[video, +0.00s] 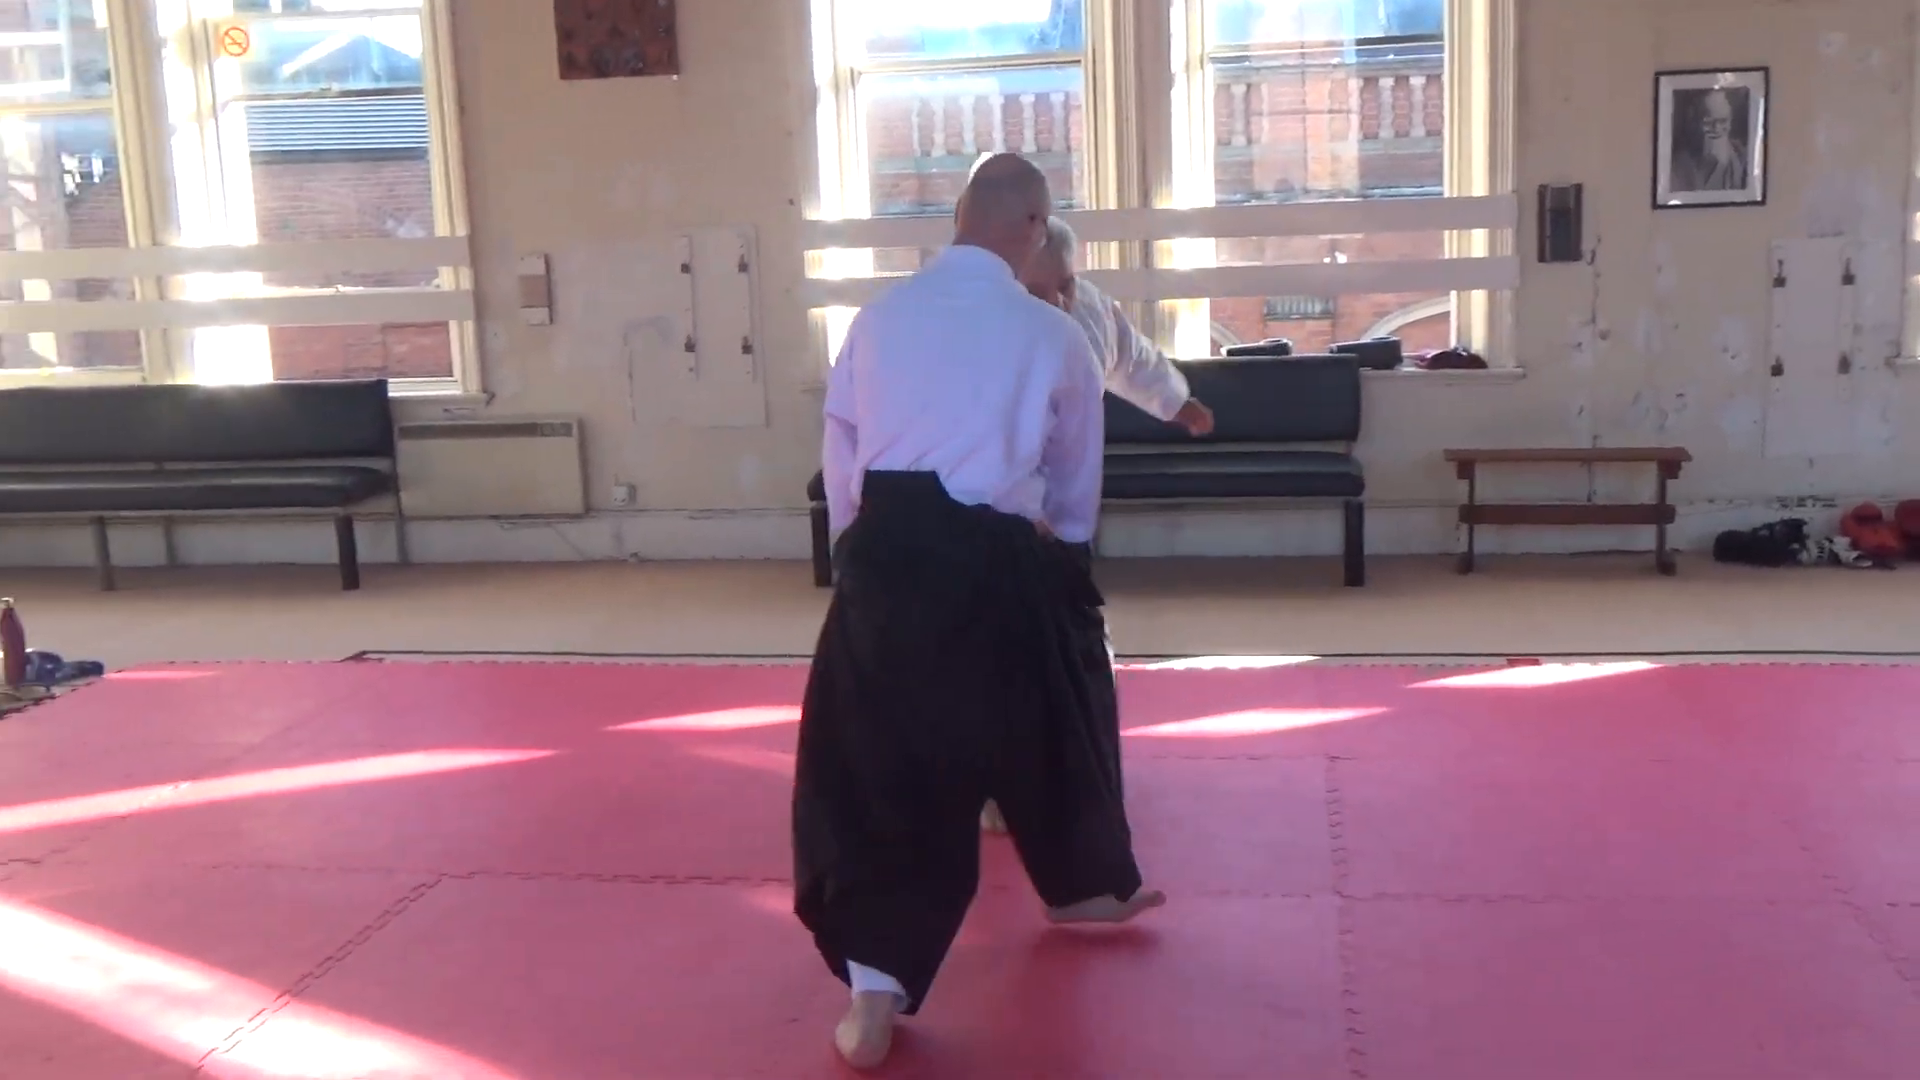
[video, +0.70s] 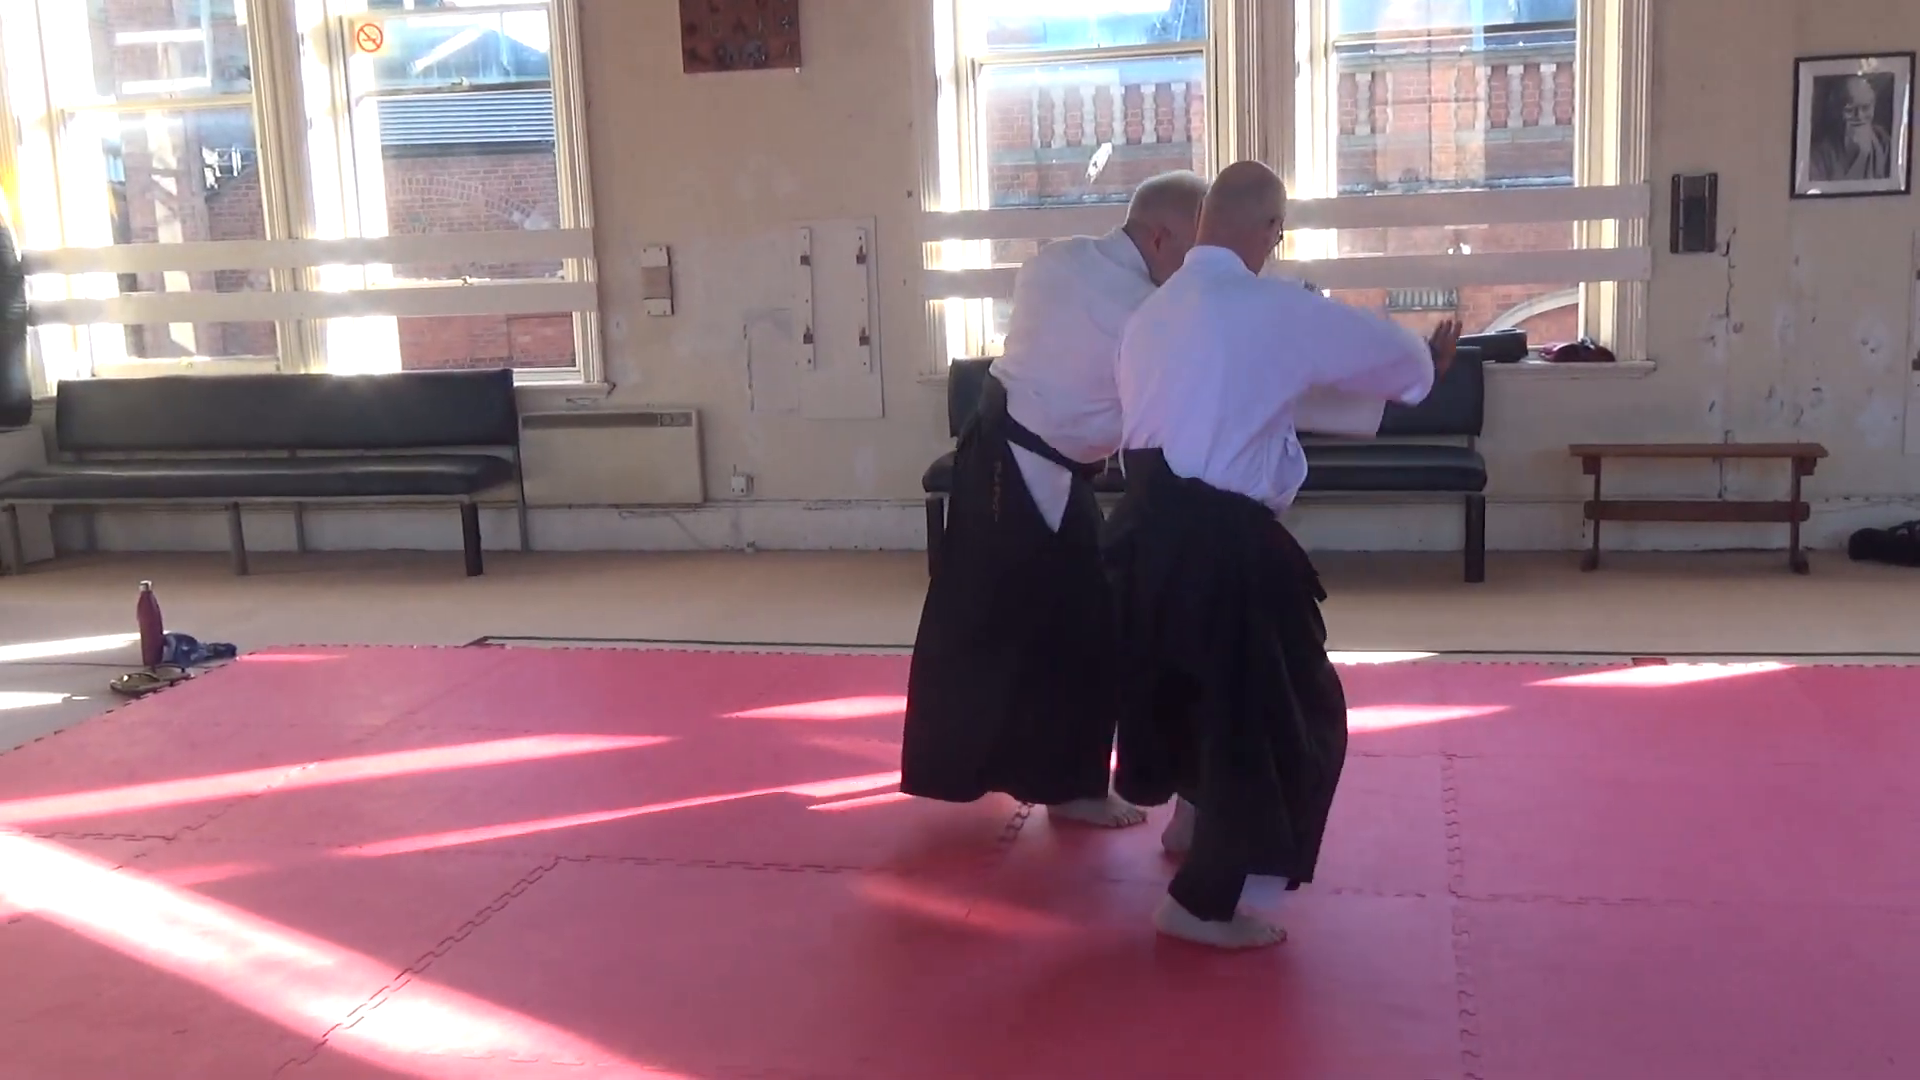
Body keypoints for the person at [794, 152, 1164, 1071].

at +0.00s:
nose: (1049, 247)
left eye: (1051, 230)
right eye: (1048, 230)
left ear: (955, 220)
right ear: (1029, 227)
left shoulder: (878, 317)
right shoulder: (1056, 337)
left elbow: (841, 457)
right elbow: (1075, 488)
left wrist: (856, 555)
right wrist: (1058, 579)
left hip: (885, 562)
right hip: (1001, 567)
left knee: (889, 771)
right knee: (1047, 707)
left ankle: (875, 979)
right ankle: (1081, 881)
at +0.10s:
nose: (1101, 241)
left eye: (1100, 227)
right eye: (1101, 227)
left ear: (1009, 223)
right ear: (1081, 230)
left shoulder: (929, 320)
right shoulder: (1098, 336)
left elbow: (895, 480)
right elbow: (1126, 491)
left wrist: (904, 554)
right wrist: (1090, 568)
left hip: (941, 568)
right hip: (1049, 571)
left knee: (939, 769)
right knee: (1091, 722)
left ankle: (909, 968)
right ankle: (1117, 904)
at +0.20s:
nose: (1152, 251)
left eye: (1152, 235)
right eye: (1155, 235)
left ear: (1070, 224)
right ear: (1144, 232)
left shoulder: (989, 325)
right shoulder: (1150, 335)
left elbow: (957, 471)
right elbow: (1195, 479)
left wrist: (949, 559)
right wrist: (1191, 545)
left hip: (987, 550)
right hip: (1096, 558)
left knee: (986, 758)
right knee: (1162, 712)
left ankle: (939, 952)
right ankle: (1134, 904)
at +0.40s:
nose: (1244, 239)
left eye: (1243, 227)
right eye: (1244, 227)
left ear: (1159, 212)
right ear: (1234, 227)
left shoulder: (1087, 305)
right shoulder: (1234, 314)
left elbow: (1054, 425)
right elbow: (1298, 418)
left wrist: (1064, 504)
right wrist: (1310, 504)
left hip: (1075, 526)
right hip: (1177, 534)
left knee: (1087, 706)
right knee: (1204, 711)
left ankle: (1048, 877)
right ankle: (1162, 901)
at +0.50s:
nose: (1258, 237)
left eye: (1259, 225)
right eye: (1261, 226)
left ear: (1178, 212)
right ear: (1253, 227)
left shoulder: (1108, 312)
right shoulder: (1259, 312)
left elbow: (1096, 429)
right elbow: (1340, 427)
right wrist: (1348, 478)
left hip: (1098, 521)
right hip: (1199, 532)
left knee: (1127, 687)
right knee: (1245, 703)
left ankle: (1120, 853)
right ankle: (1179, 897)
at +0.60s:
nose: (1272, 238)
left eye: (1267, 227)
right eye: (1274, 228)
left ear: (1192, 218)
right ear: (1263, 229)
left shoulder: (1129, 310)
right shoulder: (1269, 306)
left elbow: (1113, 425)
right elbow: (1370, 396)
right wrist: (1394, 423)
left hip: (1123, 519)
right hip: (1217, 528)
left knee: (1186, 681)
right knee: (1267, 704)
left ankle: (1177, 823)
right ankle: (1189, 903)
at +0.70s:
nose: (1278, 242)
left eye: (1278, 230)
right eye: (1279, 230)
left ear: (1199, 221)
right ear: (1268, 231)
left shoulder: (1145, 316)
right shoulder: (1274, 309)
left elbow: (1141, 424)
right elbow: (1403, 360)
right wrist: (1435, 350)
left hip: (1145, 521)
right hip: (1228, 533)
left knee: (1209, 673)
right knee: (1276, 709)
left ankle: (1193, 811)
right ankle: (1204, 901)